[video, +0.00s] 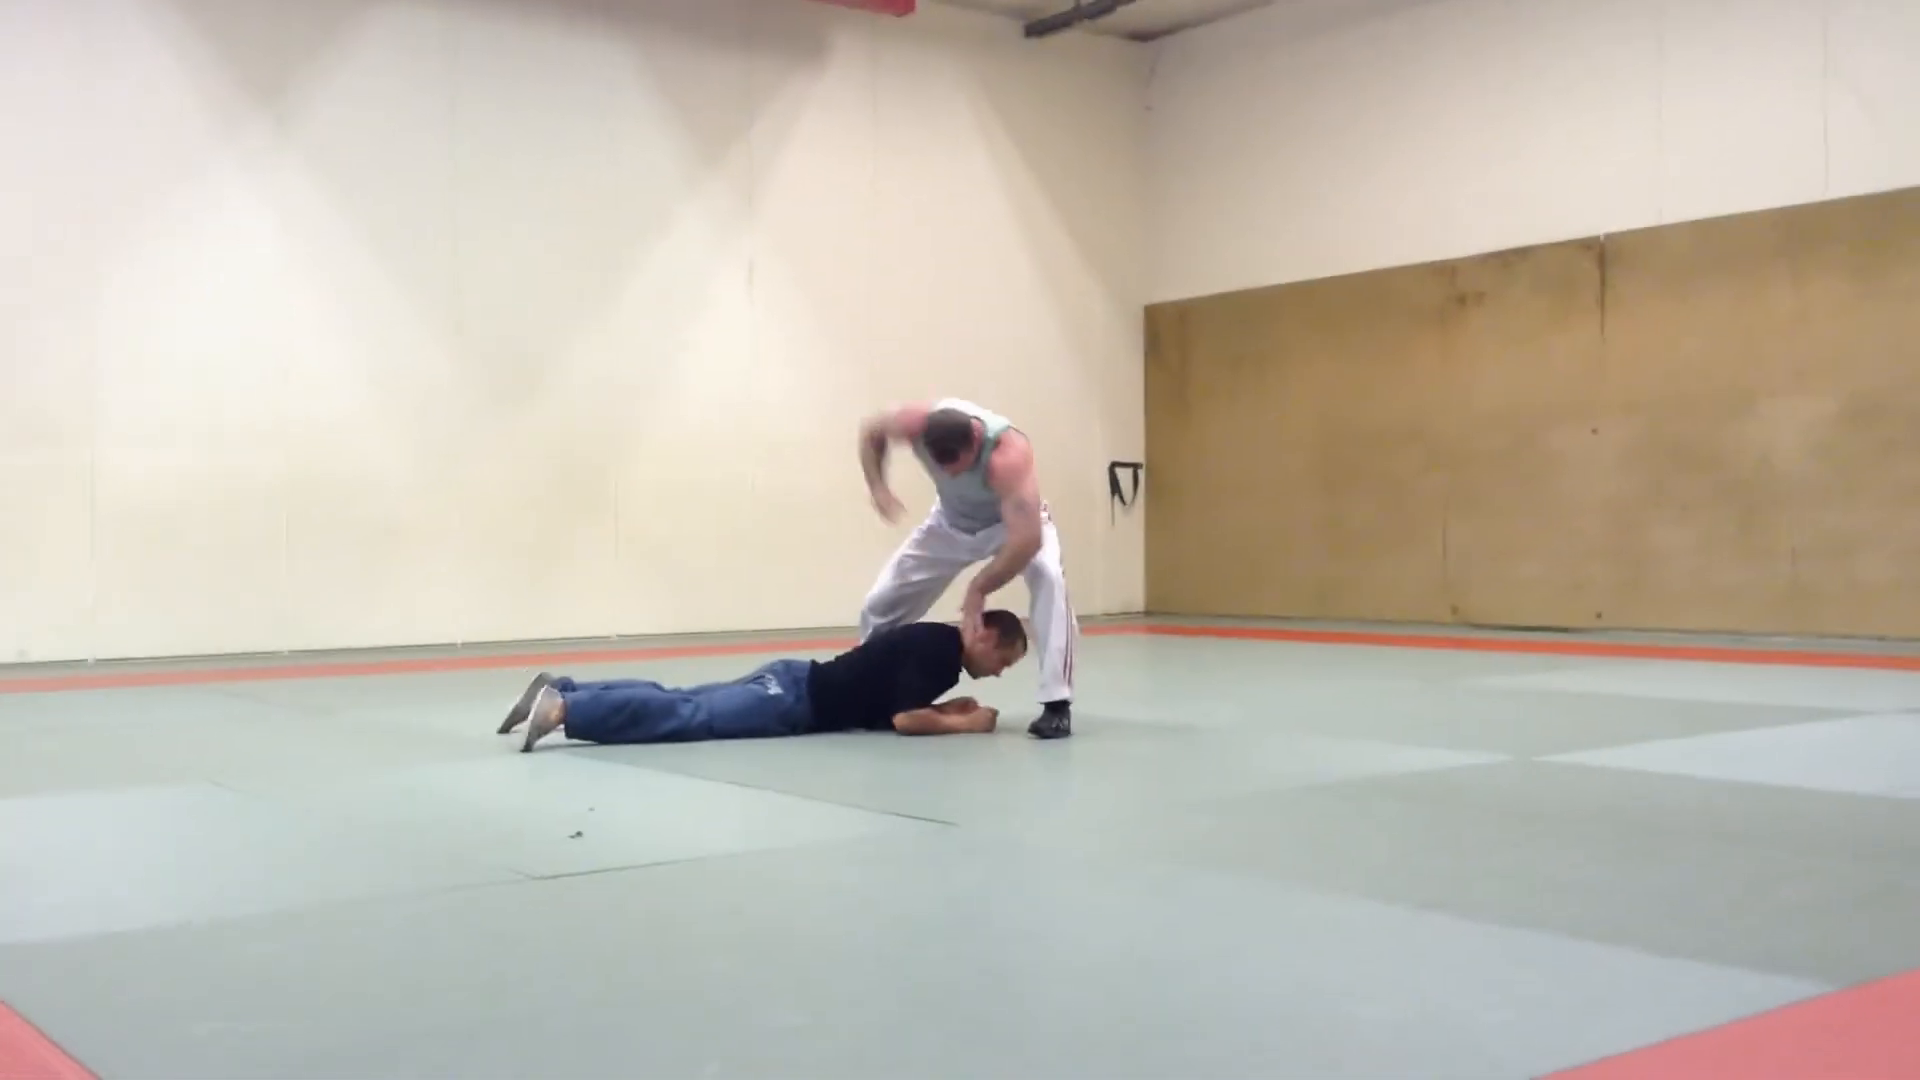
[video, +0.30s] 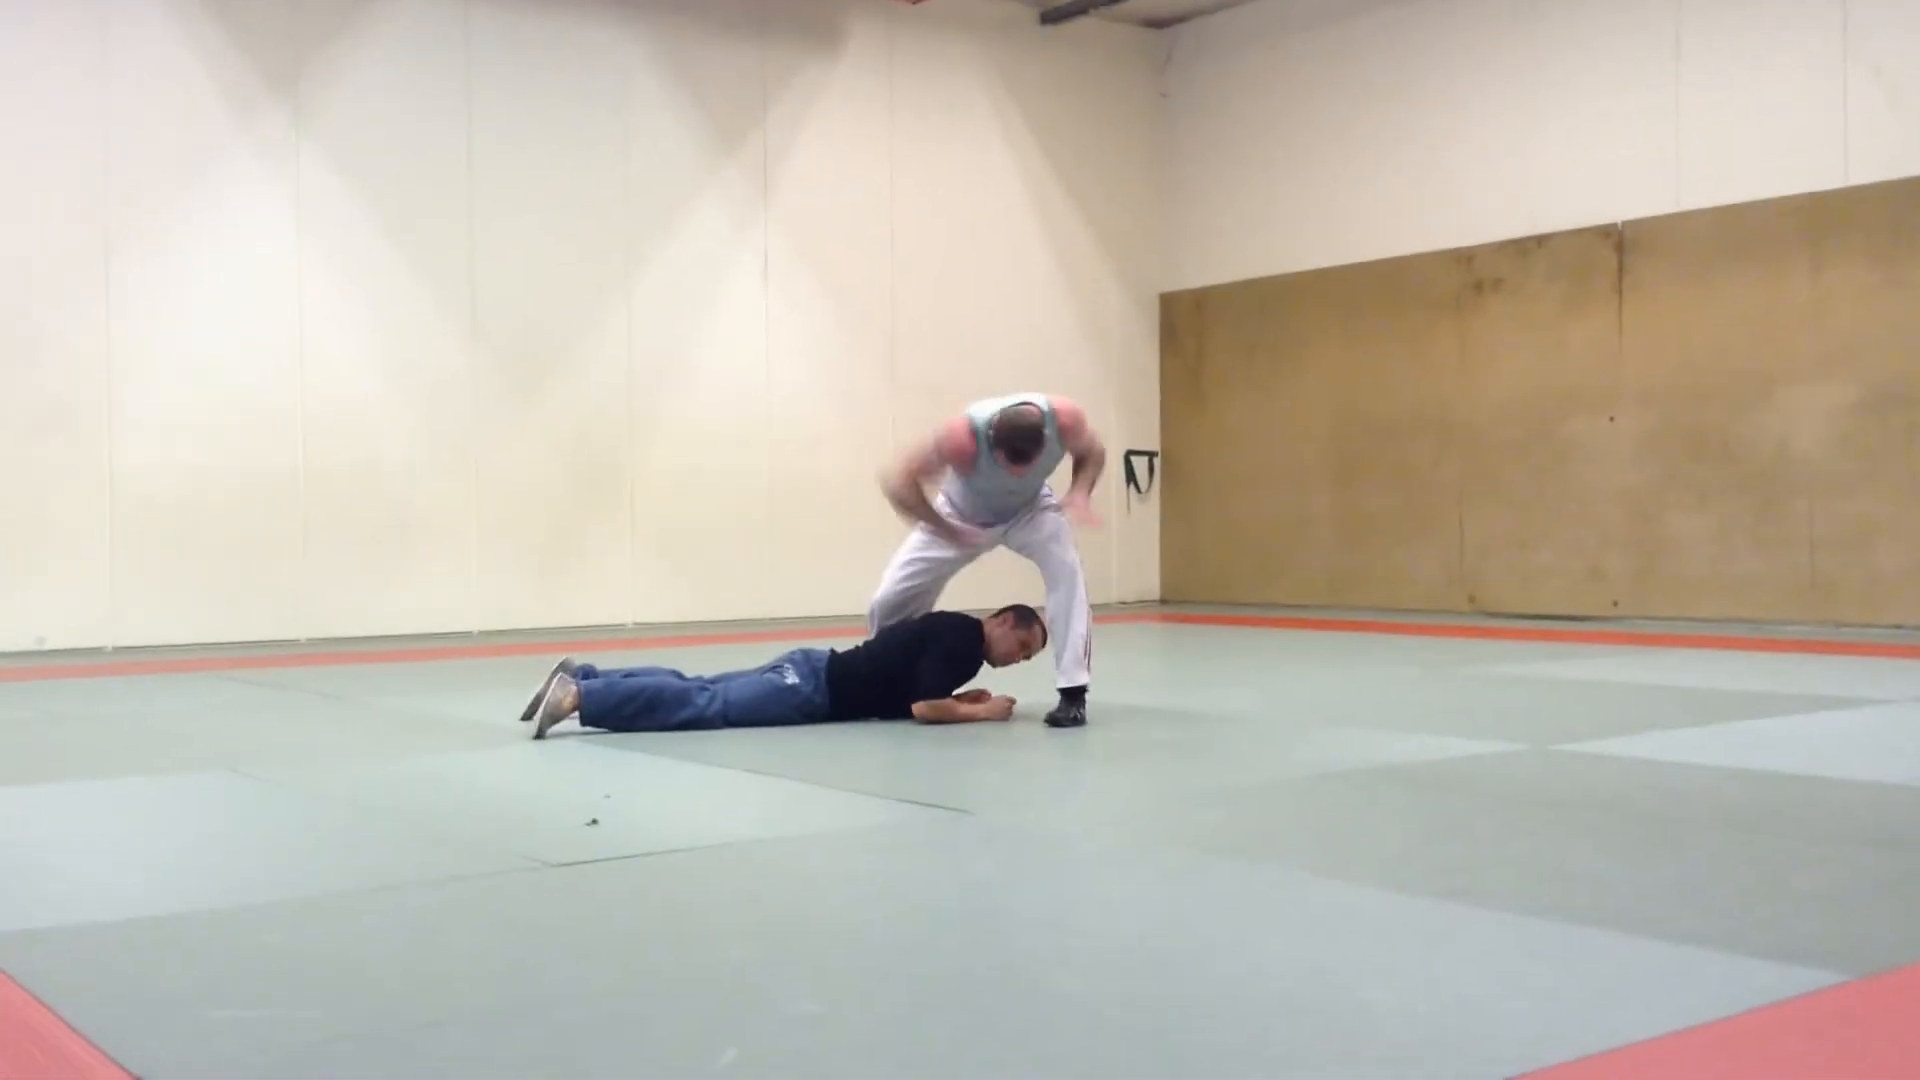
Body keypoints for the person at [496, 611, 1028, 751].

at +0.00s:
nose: (998, 667)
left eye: (1005, 661)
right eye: (1002, 657)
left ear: (985, 634)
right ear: (986, 635)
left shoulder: (937, 641)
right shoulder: (935, 648)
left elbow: (902, 706)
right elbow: (902, 719)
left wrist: (948, 712)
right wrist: (959, 721)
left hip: (797, 682)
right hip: (795, 700)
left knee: (685, 703)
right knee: (683, 716)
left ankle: (557, 694)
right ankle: (561, 710)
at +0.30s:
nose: (1020, 651)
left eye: (1028, 648)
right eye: (1022, 640)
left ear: (1014, 640)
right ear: (1003, 621)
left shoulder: (956, 633)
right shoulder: (957, 637)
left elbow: (921, 696)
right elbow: (921, 708)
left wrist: (966, 702)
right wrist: (977, 710)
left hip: (814, 672)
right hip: (813, 687)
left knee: (704, 691)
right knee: (702, 706)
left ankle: (578, 682)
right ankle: (577, 698)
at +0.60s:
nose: (1012, 687)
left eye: (1018, 681)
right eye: (1019, 679)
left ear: (1004, 647)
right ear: (1010, 655)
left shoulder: (961, 647)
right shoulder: (955, 649)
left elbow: (928, 705)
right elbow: (924, 712)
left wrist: (977, 709)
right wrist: (983, 716)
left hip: (818, 682)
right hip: (815, 689)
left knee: (709, 699)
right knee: (706, 708)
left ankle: (586, 685)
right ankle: (582, 699)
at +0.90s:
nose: (1006, 704)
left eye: (1010, 697)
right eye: (1011, 700)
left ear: (994, 663)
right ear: (1001, 682)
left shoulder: (962, 654)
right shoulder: (954, 667)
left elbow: (939, 706)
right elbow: (925, 716)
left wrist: (983, 707)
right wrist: (985, 715)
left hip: (815, 681)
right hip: (813, 689)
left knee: (707, 698)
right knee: (706, 706)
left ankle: (584, 686)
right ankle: (581, 695)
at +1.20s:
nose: (1010, 703)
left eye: (1014, 696)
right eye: (1014, 701)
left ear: (1005, 674)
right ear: (1006, 686)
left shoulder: (971, 659)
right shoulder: (963, 675)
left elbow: (935, 706)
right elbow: (923, 716)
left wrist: (992, 699)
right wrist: (990, 717)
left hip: (821, 673)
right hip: (817, 691)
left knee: (710, 697)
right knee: (707, 707)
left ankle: (587, 687)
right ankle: (580, 698)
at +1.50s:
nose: (1011, 708)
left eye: (1015, 701)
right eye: (1015, 706)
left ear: (1000, 682)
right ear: (1002, 693)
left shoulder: (964, 667)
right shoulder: (963, 690)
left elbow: (928, 708)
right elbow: (925, 723)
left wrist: (991, 700)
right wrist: (993, 722)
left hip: (817, 677)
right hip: (815, 699)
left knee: (710, 700)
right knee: (706, 714)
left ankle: (586, 690)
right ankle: (578, 704)